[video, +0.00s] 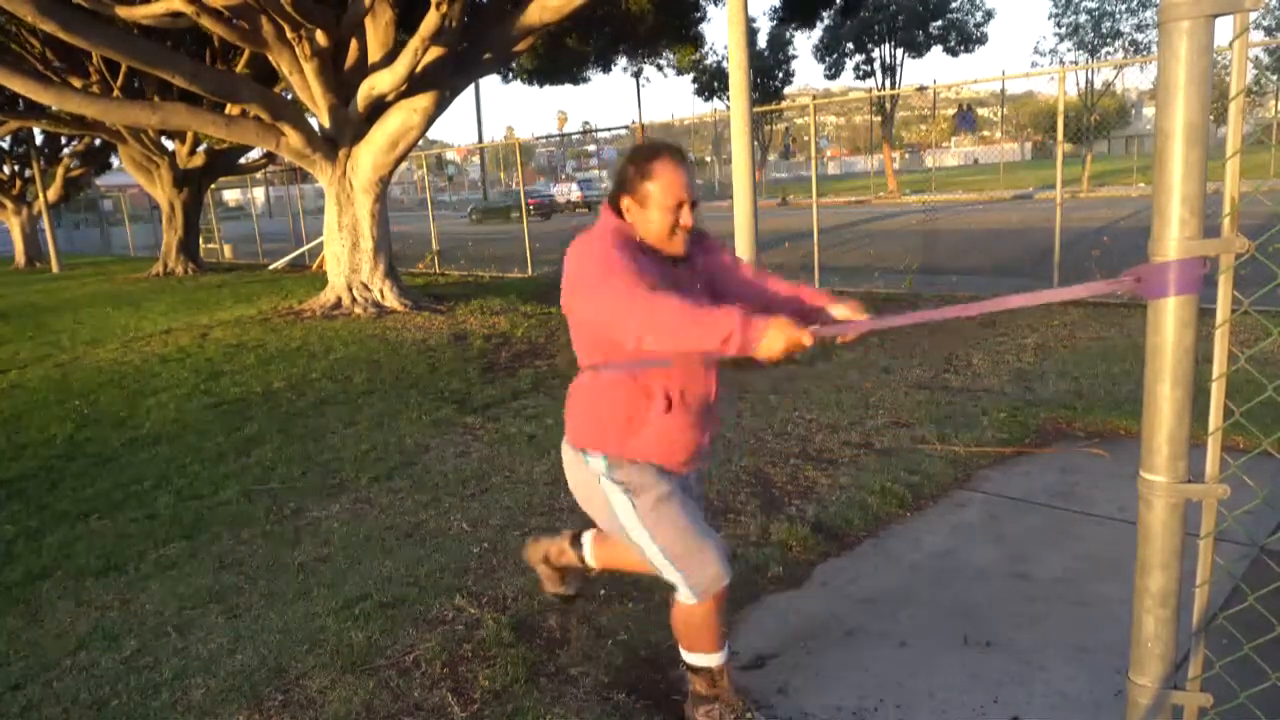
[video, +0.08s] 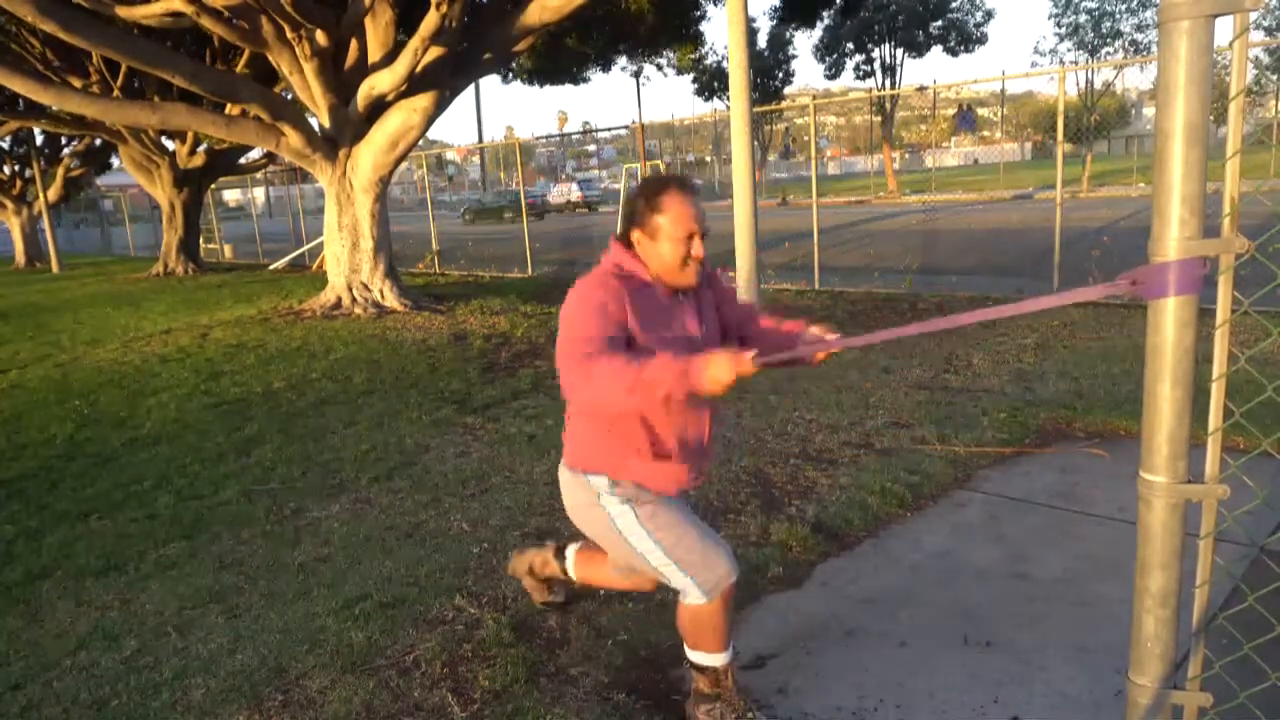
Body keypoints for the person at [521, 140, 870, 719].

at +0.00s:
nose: (690, 218)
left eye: (692, 204)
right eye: (676, 206)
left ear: (694, 200)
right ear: (628, 208)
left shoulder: (688, 250)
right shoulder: (595, 259)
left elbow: (752, 286)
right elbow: (650, 320)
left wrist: (825, 307)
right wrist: (751, 334)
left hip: (670, 451)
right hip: (610, 455)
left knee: (678, 551)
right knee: (704, 576)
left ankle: (564, 554)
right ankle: (709, 696)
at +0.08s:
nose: (700, 250)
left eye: (702, 235)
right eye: (687, 238)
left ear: (700, 232)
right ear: (640, 239)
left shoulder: (701, 287)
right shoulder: (598, 296)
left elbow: (747, 329)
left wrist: (799, 340)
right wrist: (693, 373)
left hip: (660, 477)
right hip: (603, 480)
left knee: (644, 574)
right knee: (710, 575)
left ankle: (546, 566)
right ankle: (713, 697)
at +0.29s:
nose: (727, 328)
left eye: (727, 314)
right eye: (715, 318)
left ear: (675, 318)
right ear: (669, 318)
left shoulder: (689, 354)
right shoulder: (606, 362)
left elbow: (702, 391)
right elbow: (570, 460)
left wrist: (739, 389)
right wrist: (658, 441)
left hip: (640, 515)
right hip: (584, 520)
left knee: (628, 609)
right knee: (699, 574)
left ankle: (543, 568)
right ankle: (712, 696)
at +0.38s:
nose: (721, 332)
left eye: (722, 319)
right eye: (709, 323)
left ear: (669, 325)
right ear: (661, 325)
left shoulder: (687, 359)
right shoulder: (600, 372)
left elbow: (709, 393)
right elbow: (558, 466)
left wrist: (739, 393)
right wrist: (644, 453)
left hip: (647, 516)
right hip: (585, 521)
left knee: (630, 607)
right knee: (692, 577)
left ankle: (545, 574)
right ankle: (710, 693)